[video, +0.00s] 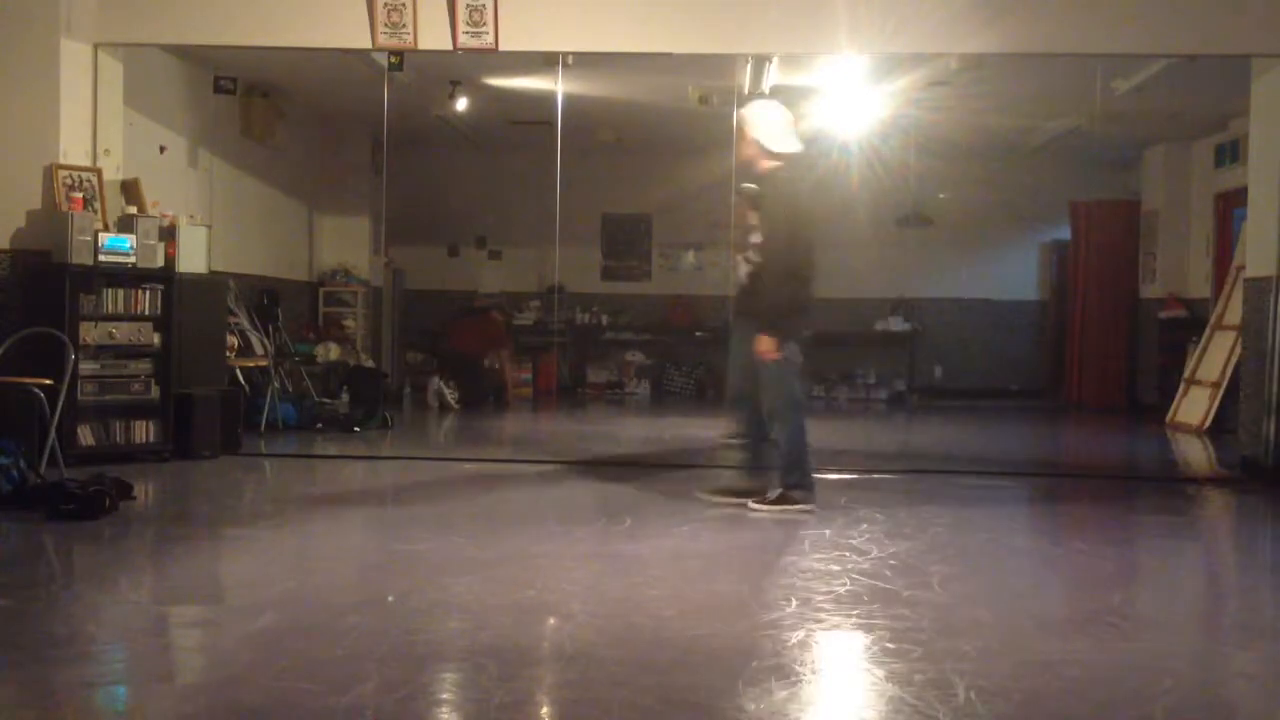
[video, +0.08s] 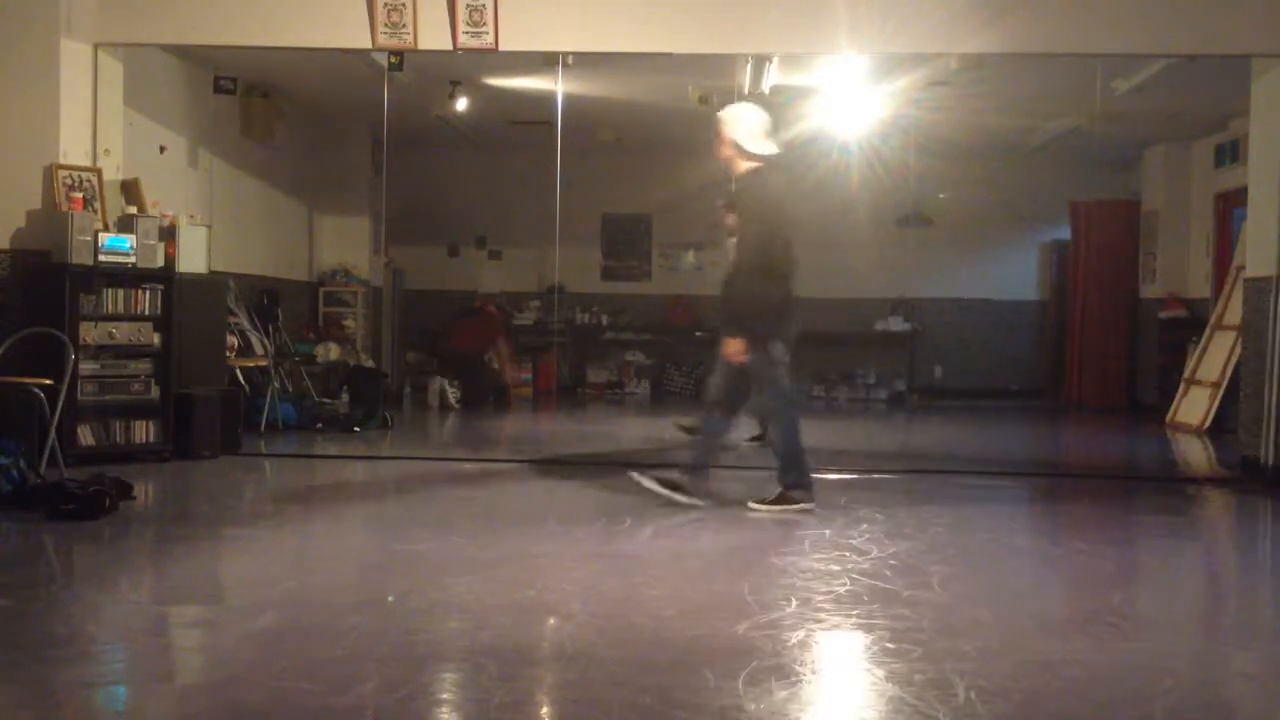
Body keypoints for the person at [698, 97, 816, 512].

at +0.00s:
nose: (737, 145)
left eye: (742, 137)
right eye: (739, 136)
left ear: (758, 140)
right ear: (770, 139)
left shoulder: (782, 189)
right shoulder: (765, 187)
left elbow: (784, 263)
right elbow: (768, 260)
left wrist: (772, 326)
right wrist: (751, 314)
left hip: (774, 315)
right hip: (754, 312)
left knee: (781, 401)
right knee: (748, 394)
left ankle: (795, 484)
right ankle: (756, 474)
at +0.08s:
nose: (718, 147)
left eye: (722, 139)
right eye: (719, 139)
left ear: (734, 142)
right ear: (751, 141)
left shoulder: (757, 191)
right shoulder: (757, 187)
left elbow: (753, 266)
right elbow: (759, 261)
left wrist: (739, 329)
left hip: (761, 322)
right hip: (756, 318)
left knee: (777, 403)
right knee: (722, 396)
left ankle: (796, 485)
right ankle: (694, 473)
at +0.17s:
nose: (694, 156)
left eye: (698, 147)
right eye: (695, 146)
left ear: (714, 147)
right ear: (724, 146)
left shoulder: (734, 196)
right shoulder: (730, 192)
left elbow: (725, 272)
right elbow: (732, 269)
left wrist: (707, 332)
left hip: (744, 321)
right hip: (733, 319)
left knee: (759, 405)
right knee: (690, 394)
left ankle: (794, 484)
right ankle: (656, 476)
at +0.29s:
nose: (655, 153)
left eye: (661, 145)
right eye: (657, 144)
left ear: (680, 147)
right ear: (682, 146)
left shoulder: (701, 195)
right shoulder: (684, 194)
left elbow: (690, 271)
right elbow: (684, 269)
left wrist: (660, 327)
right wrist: (660, 322)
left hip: (702, 321)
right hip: (679, 320)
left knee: (714, 404)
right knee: (643, 399)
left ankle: (774, 476)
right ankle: (636, 486)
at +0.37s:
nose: (635, 152)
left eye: (640, 143)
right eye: (635, 143)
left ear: (663, 142)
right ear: (659, 142)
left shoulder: (687, 192)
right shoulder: (670, 193)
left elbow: (668, 265)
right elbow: (660, 267)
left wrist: (634, 321)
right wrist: (635, 320)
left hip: (684, 315)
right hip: (657, 314)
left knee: (664, 403)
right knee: (623, 398)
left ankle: (738, 461)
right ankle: (636, 490)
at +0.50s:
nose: (611, 136)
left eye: (618, 126)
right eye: (610, 127)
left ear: (645, 128)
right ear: (633, 130)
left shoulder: (670, 181)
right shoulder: (622, 183)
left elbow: (660, 255)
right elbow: (614, 250)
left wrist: (611, 296)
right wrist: (605, 304)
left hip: (657, 302)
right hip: (626, 301)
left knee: (622, 388)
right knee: (618, 393)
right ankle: (635, 484)